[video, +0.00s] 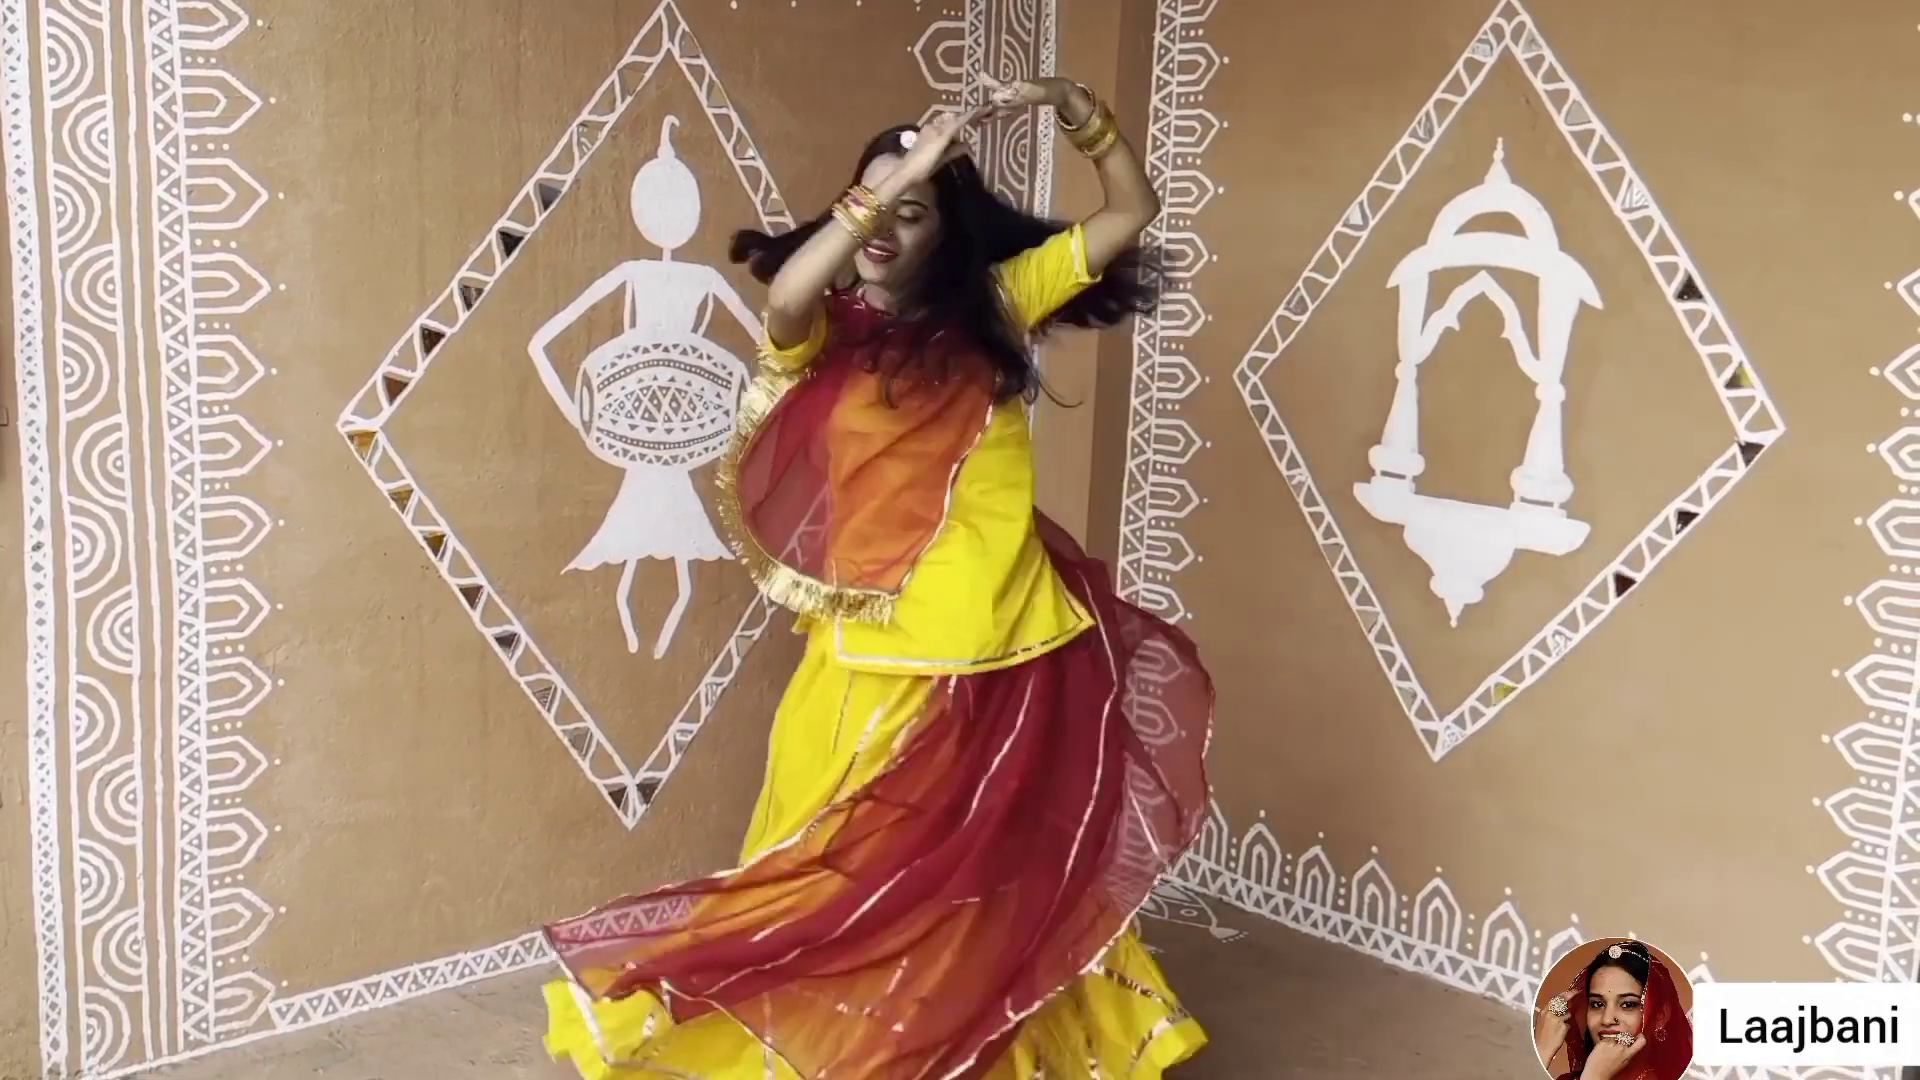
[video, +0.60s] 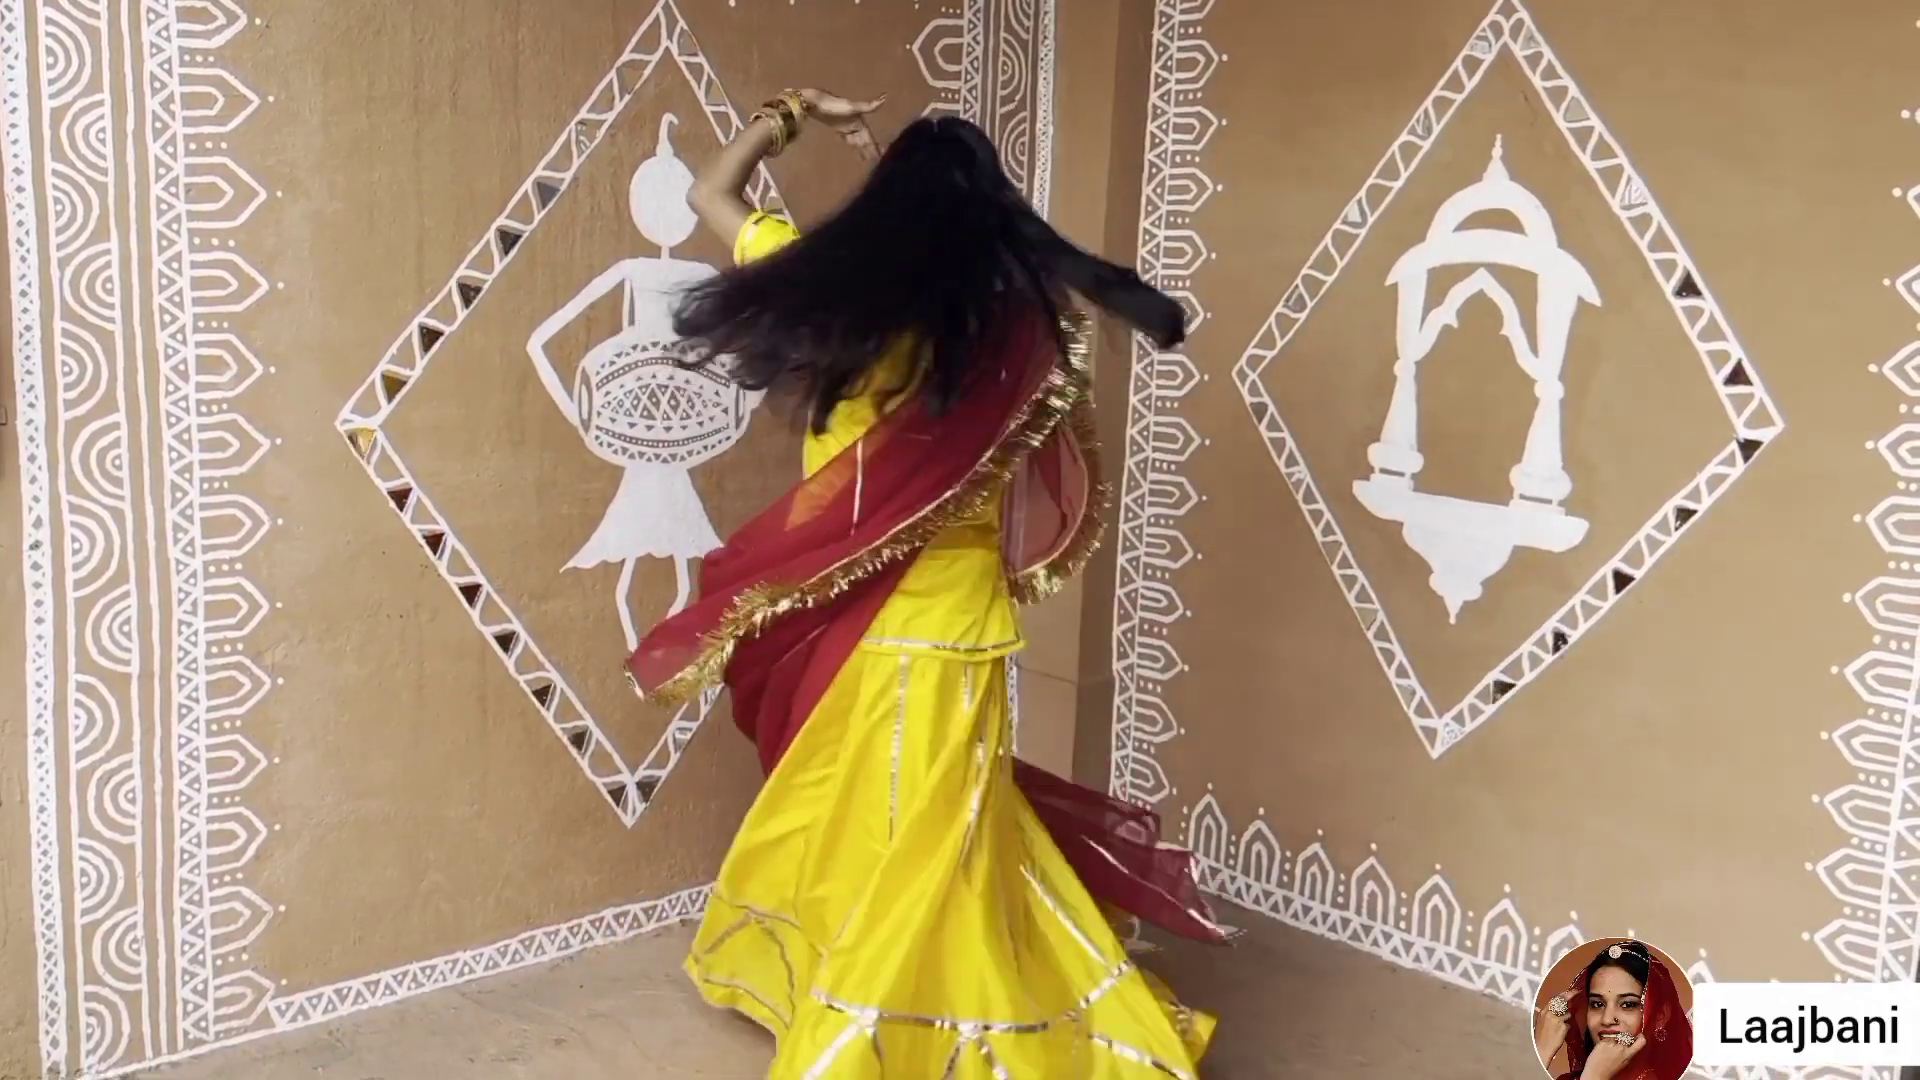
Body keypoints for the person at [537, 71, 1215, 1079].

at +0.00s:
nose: (879, 235)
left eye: (907, 216)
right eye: (868, 214)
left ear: (949, 231)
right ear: (848, 228)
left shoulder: (989, 308)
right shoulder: (819, 335)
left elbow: (1127, 217)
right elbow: (786, 303)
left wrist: (1081, 114)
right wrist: (882, 185)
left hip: (1007, 644)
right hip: (869, 648)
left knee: (993, 879)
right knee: (833, 872)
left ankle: (994, 1056)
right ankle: (827, 1056)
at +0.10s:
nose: (908, 235)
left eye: (928, 221)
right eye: (887, 212)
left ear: (953, 235)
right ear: (848, 223)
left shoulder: (973, 297)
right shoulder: (806, 344)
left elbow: (1090, 223)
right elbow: (877, 326)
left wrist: (1077, 137)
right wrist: (967, 203)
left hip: (1014, 631)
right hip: (887, 644)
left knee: (1015, 870)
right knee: (855, 869)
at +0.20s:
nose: (959, 247)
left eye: (965, 227)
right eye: (935, 224)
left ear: (974, 236)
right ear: (872, 235)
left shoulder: (932, 345)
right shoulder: (858, 358)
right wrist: (1042, 212)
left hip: (978, 641)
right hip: (896, 657)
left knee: (1032, 871)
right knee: (912, 887)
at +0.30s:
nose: (979, 234)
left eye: (977, 216)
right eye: (962, 216)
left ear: (910, 232)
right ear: (903, 229)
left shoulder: (864, 342)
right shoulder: (909, 355)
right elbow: (1099, 332)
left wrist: (1005, 393)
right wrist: (1060, 224)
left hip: (945, 620)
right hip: (891, 633)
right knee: (913, 855)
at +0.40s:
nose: (1003, 224)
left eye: (997, 206)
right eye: (989, 207)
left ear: (901, 223)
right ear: (940, 222)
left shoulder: (854, 328)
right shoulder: (971, 350)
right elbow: (1137, 321)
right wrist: (1051, 221)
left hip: (827, 634)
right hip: (916, 647)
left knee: (852, 855)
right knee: (943, 858)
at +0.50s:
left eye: (885, 184)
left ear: (882, 206)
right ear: (989, 208)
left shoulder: (869, 307)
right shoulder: (1029, 327)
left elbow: (752, 208)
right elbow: (1117, 301)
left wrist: (809, 121)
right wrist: (1039, 240)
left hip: (846, 630)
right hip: (958, 638)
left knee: (809, 837)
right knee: (949, 846)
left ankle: (831, 1042)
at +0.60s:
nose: (896, 198)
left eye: (897, 183)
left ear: (887, 201)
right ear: (995, 211)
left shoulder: (861, 306)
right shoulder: (1025, 324)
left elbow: (723, 194)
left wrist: (782, 110)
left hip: (885, 609)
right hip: (980, 605)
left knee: (876, 821)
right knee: (959, 819)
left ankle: (862, 1027)